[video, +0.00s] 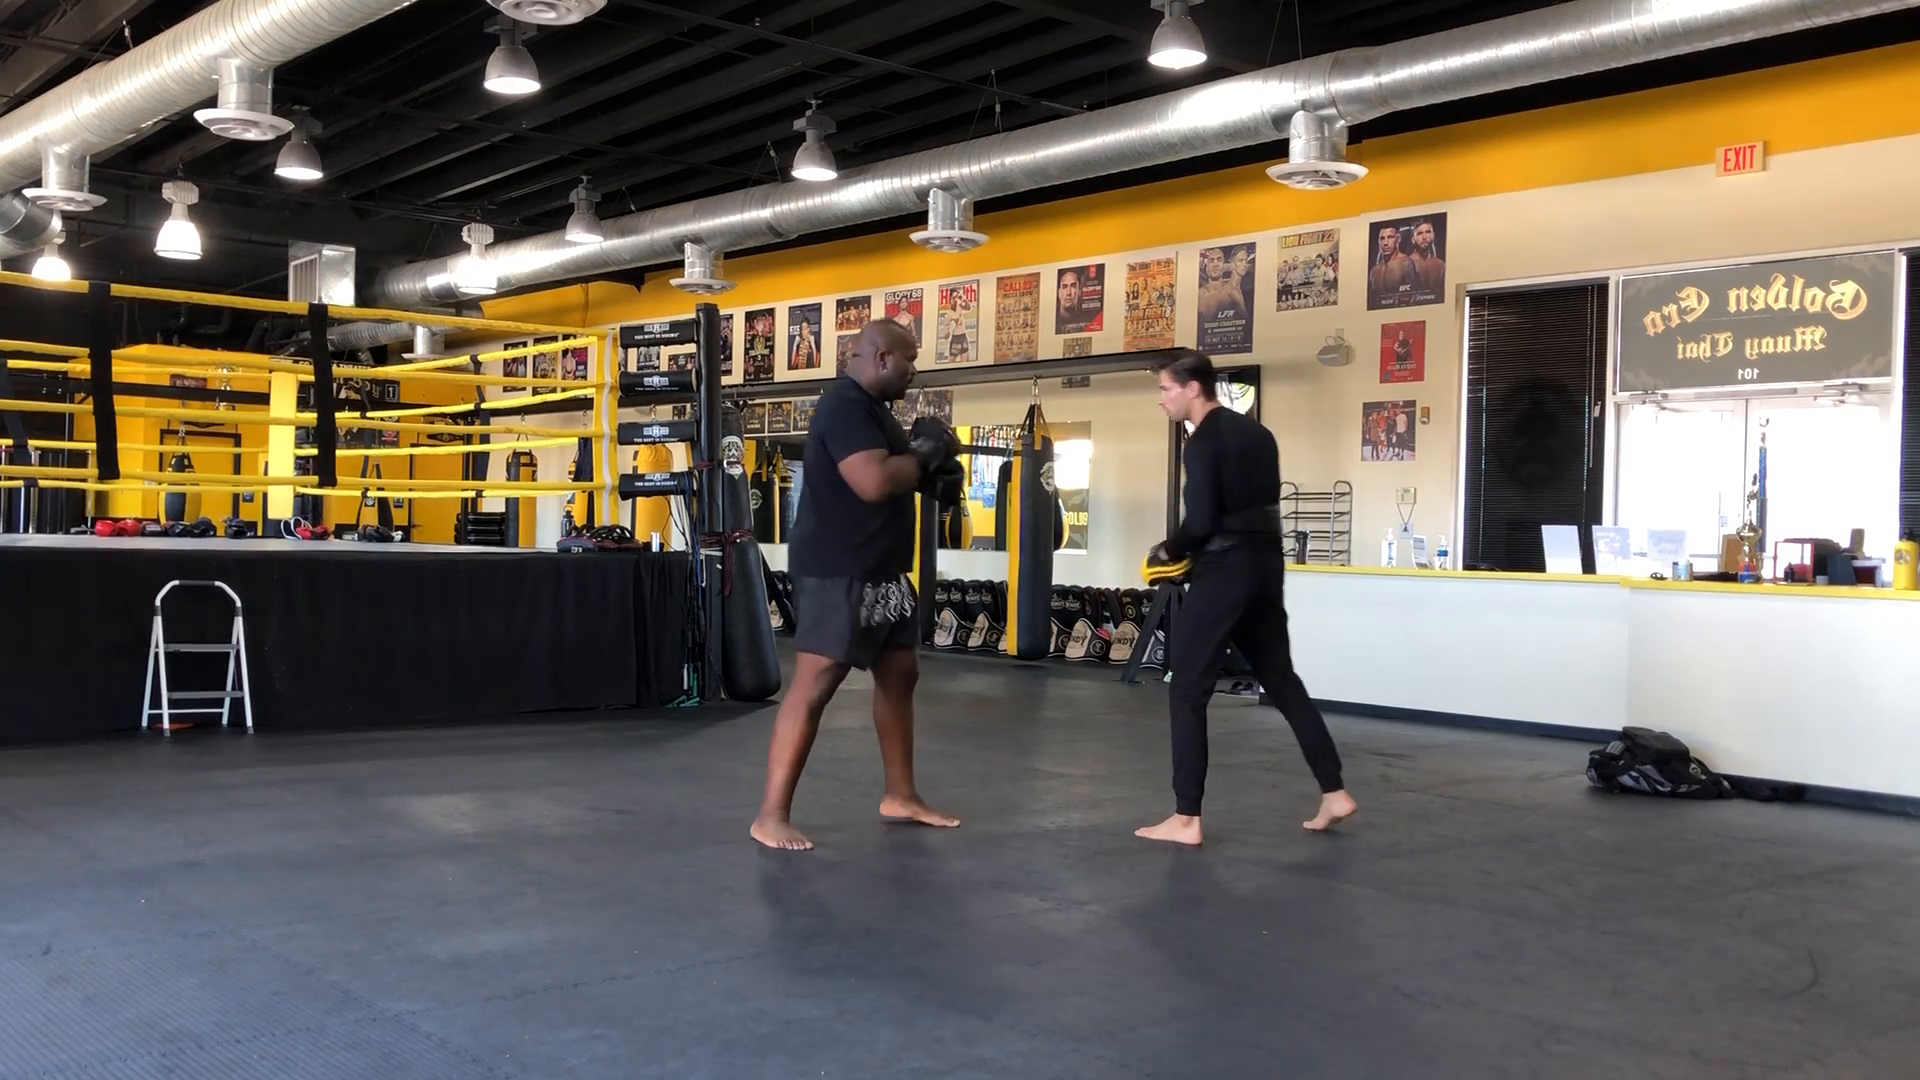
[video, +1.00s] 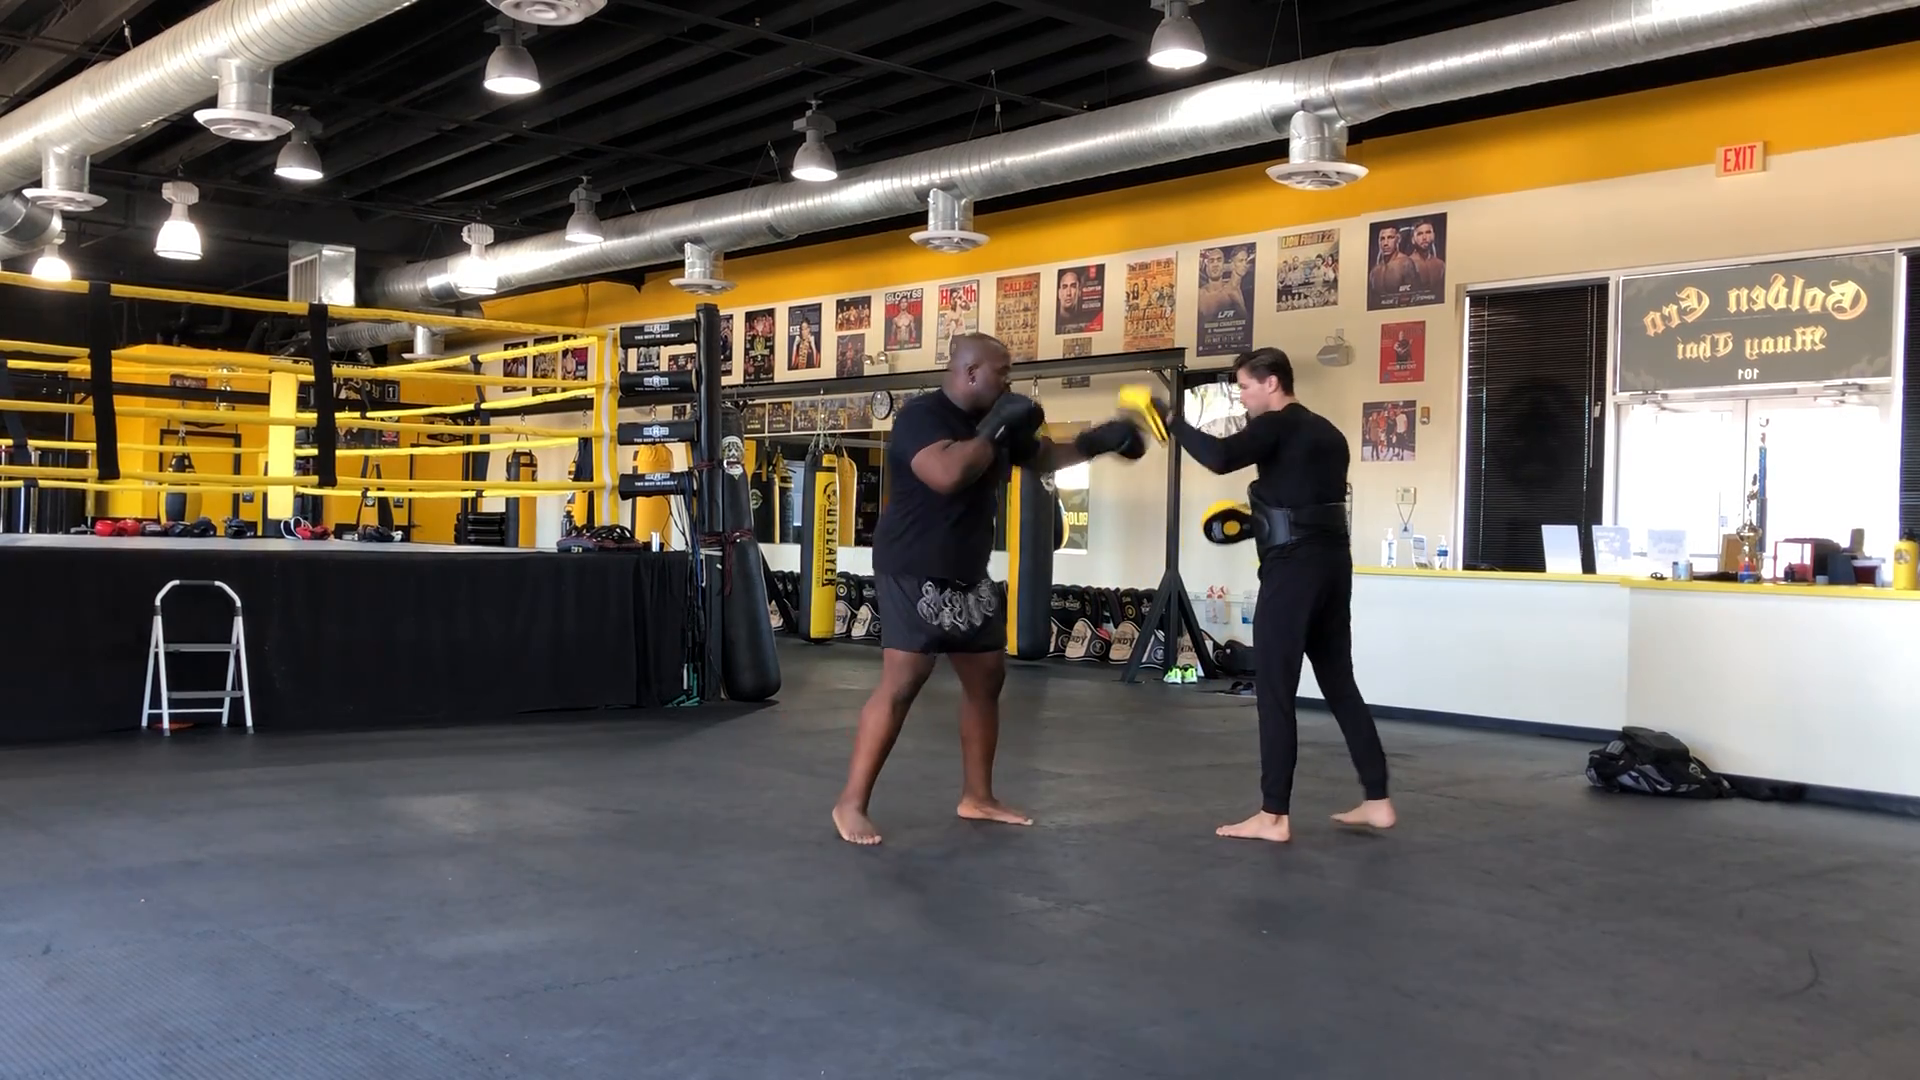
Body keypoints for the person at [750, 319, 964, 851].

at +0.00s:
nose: (913, 370)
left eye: (913, 361)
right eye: (908, 360)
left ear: (878, 357)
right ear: (879, 357)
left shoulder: (878, 414)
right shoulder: (842, 405)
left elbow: (901, 473)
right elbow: (873, 481)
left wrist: (927, 467)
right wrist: (922, 455)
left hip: (883, 573)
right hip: (836, 574)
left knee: (899, 675)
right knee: (811, 687)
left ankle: (900, 796)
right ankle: (771, 818)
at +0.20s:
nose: (937, 375)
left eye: (937, 364)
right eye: (932, 363)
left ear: (902, 359)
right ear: (904, 359)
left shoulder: (901, 416)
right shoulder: (872, 406)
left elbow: (910, 486)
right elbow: (884, 489)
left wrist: (951, 470)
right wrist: (945, 473)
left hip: (900, 568)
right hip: (861, 568)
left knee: (900, 676)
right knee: (859, 678)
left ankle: (899, 801)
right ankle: (779, 805)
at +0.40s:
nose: (955, 373)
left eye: (956, 364)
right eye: (951, 362)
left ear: (918, 360)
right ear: (921, 359)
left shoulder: (919, 419)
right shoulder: (884, 403)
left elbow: (938, 491)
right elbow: (909, 478)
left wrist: (982, 463)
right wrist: (965, 448)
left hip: (908, 566)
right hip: (872, 562)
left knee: (907, 677)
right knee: (888, 674)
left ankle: (899, 801)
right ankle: (832, 805)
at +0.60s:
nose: (959, 387)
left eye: (961, 378)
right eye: (956, 376)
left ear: (924, 369)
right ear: (928, 370)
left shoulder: (916, 422)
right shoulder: (889, 414)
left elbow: (949, 480)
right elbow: (943, 483)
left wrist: (993, 457)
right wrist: (985, 442)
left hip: (922, 580)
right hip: (877, 579)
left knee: (970, 665)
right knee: (891, 689)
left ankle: (923, 777)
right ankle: (828, 816)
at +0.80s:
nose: (981, 385)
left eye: (982, 376)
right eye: (977, 375)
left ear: (948, 370)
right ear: (948, 370)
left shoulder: (954, 425)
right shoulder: (899, 417)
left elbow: (972, 479)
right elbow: (942, 480)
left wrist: (1013, 445)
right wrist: (985, 434)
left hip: (947, 578)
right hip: (895, 579)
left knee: (978, 674)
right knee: (884, 689)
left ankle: (978, 791)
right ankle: (829, 815)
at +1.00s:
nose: (1006, 384)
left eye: (1007, 375)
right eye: (1001, 374)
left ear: (975, 372)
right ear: (968, 372)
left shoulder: (993, 419)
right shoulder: (919, 415)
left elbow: (1042, 456)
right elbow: (945, 473)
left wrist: (1095, 442)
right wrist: (995, 431)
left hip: (968, 574)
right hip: (911, 571)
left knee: (985, 677)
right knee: (902, 678)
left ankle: (978, 796)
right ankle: (850, 805)